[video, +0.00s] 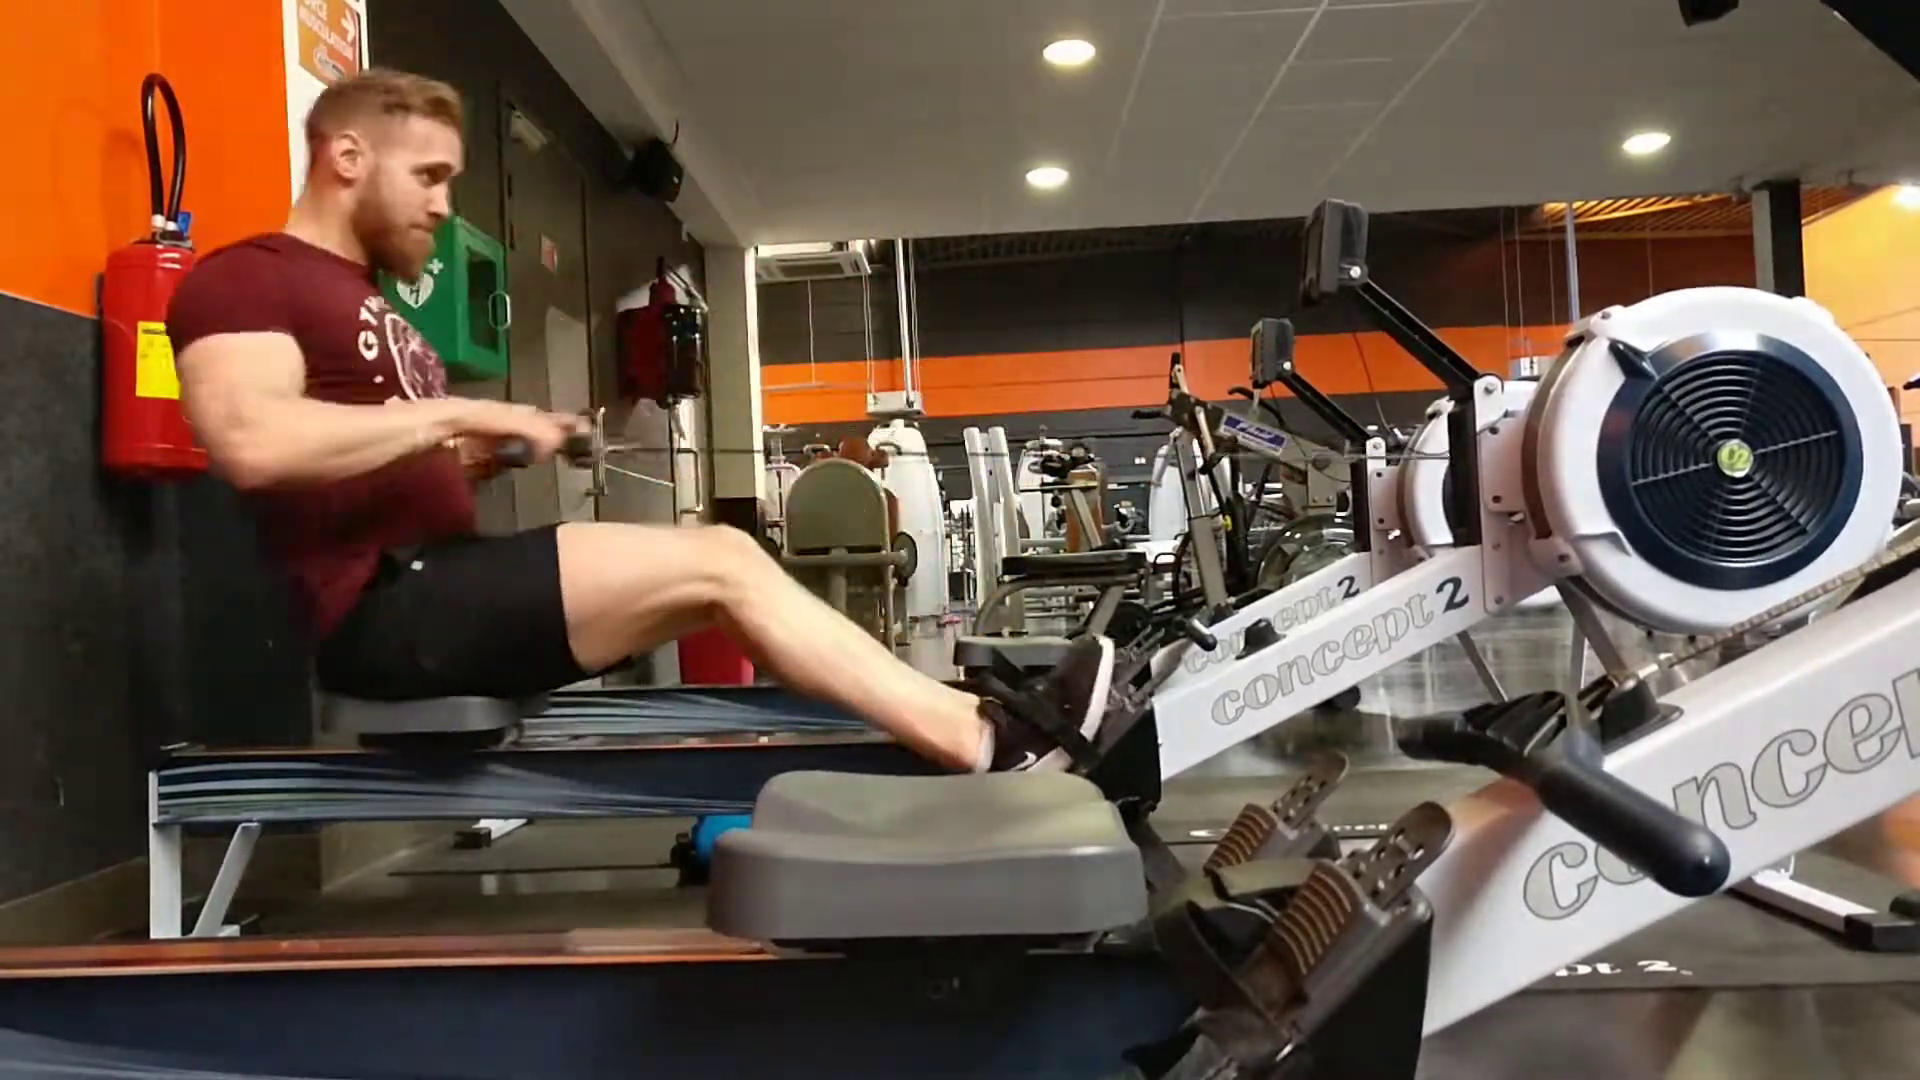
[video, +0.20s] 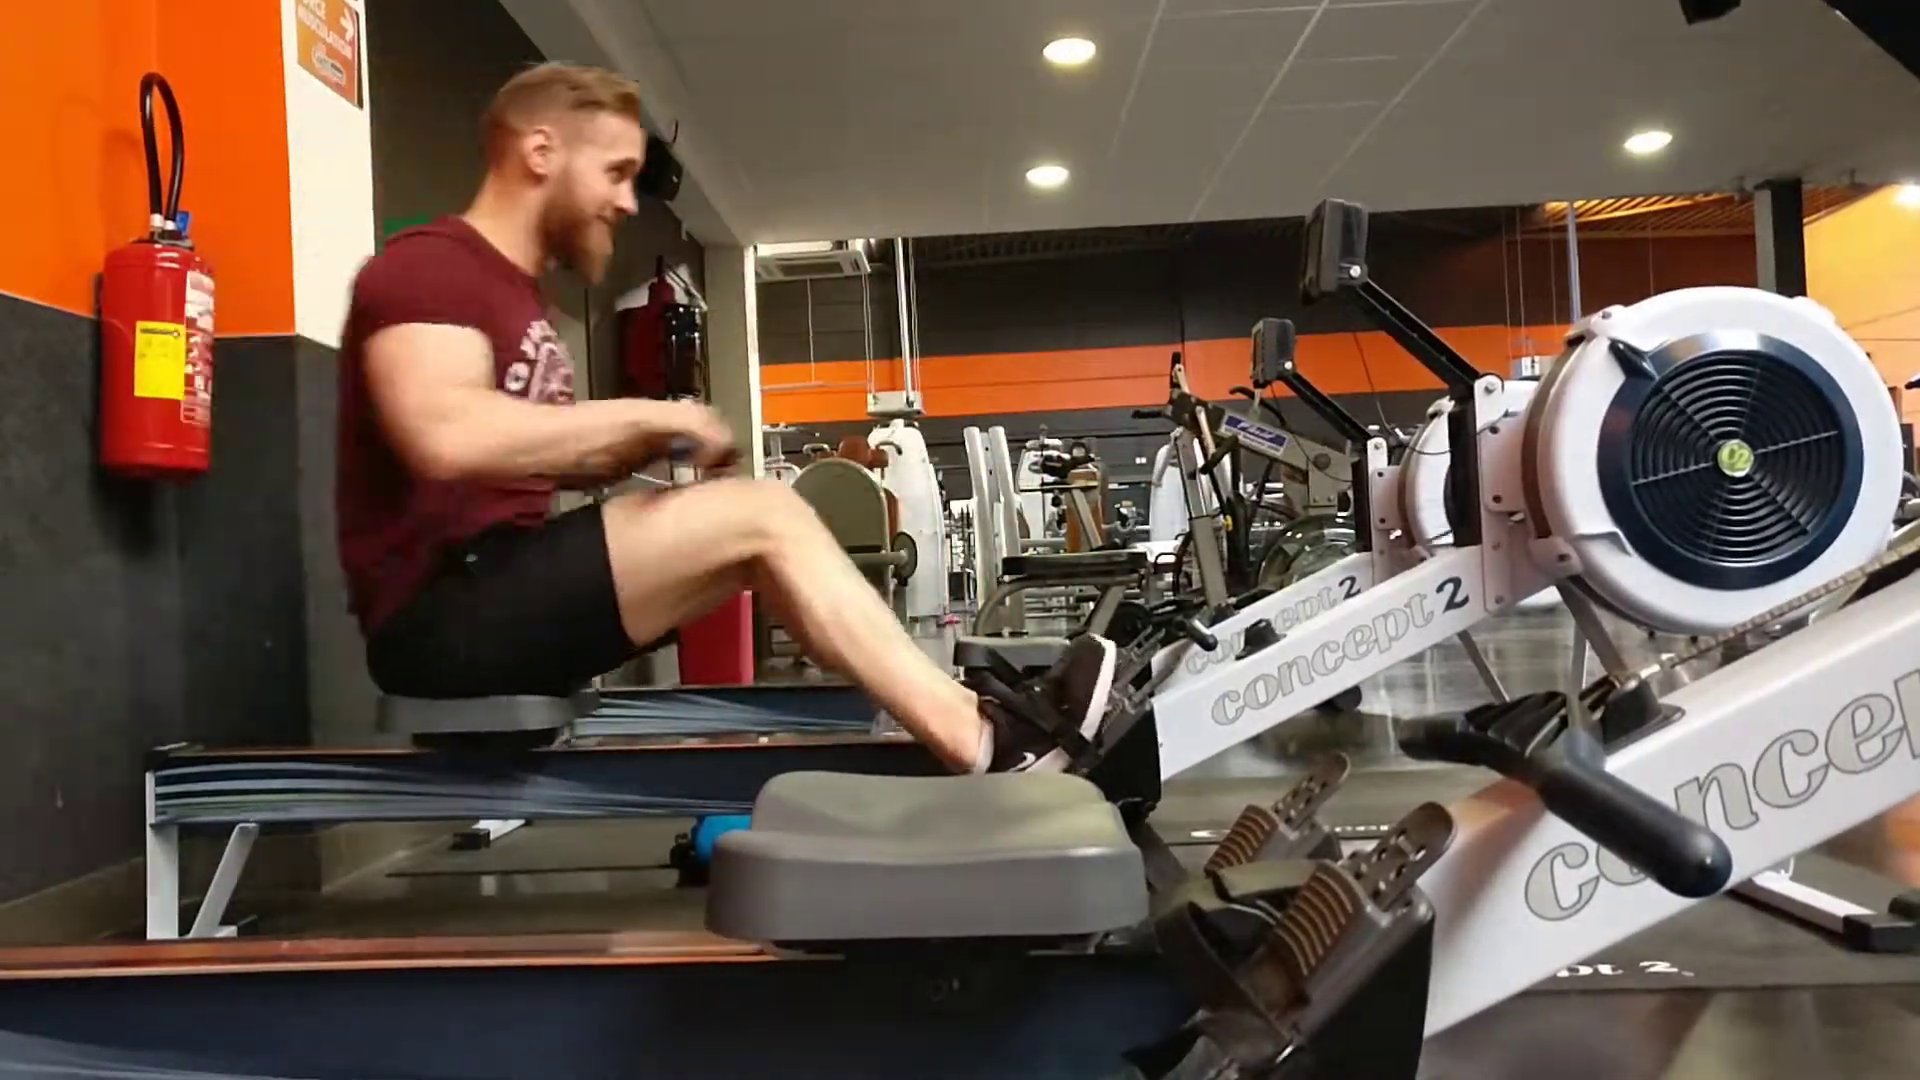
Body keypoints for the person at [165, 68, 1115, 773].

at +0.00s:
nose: (443, 207)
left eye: (448, 185)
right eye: (428, 177)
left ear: (360, 166)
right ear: (343, 159)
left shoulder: (384, 310)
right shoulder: (250, 275)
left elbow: (418, 472)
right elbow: (253, 446)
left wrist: (496, 438)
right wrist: (438, 422)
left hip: (438, 592)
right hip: (375, 611)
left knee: (728, 554)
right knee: (722, 556)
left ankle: (987, 727)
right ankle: (980, 749)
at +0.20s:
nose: (629, 202)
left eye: (634, 180)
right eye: (618, 173)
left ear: (544, 162)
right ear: (537, 152)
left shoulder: (527, 306)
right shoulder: (429, 268)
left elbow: (527, 468)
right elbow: (443, 438)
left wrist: (642, 438)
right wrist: (647, 420)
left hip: (503, 601)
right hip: (446, 615)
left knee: (765, 513)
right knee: (764, 513)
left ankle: (981, 720)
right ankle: (974, 742)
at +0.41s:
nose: (812, 190)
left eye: (815, 166)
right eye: (801, 159)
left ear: (730, 149)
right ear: (730, 144)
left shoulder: (686, 278)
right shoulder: (648, 269)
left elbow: (847, 405)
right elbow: (848, 425)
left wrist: (1025, 435)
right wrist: (1036, 435)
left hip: (641, 608)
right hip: (615, 616)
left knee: (895, 443)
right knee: (889, 455)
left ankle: (979, 714)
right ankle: (984, 729)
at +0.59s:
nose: (917, 174)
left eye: (917, 150)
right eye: (905, 145)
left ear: (837, 140)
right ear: (835, 135)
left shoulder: (796, 257)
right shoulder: (788, 256)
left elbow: (992, 391)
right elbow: (1006, 399)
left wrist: (1179, 467)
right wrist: (1196, 469)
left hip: (738, 604)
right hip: (727, 613)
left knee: (973, 415)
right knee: (964, 411)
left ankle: (991, 701)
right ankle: (989, 714)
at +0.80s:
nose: (847, 142)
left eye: (839, 119)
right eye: (826, 117)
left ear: (756, 122)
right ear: (754, 120)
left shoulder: (739, 253)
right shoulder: (721, 248)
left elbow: (920, 376)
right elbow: (923, 380)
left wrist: (1113, 429)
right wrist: (1125, 430)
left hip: (713, 598)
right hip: (701, 608)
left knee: (943, 427)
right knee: (940, 431)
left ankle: (995, 699)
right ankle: (992, 721)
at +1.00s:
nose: (583, 125)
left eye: (575, 103)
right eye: (558, 100)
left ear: (491, 110)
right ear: (476, 109)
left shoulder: (529, 260)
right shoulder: (463, 247)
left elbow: (661, 389)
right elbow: (641, 392)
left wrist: (840, 413)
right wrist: (841, 410)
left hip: (568, 586)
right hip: (530, 599)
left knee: (839, 469)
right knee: (833, 474)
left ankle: (997, 717)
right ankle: (996, 740)